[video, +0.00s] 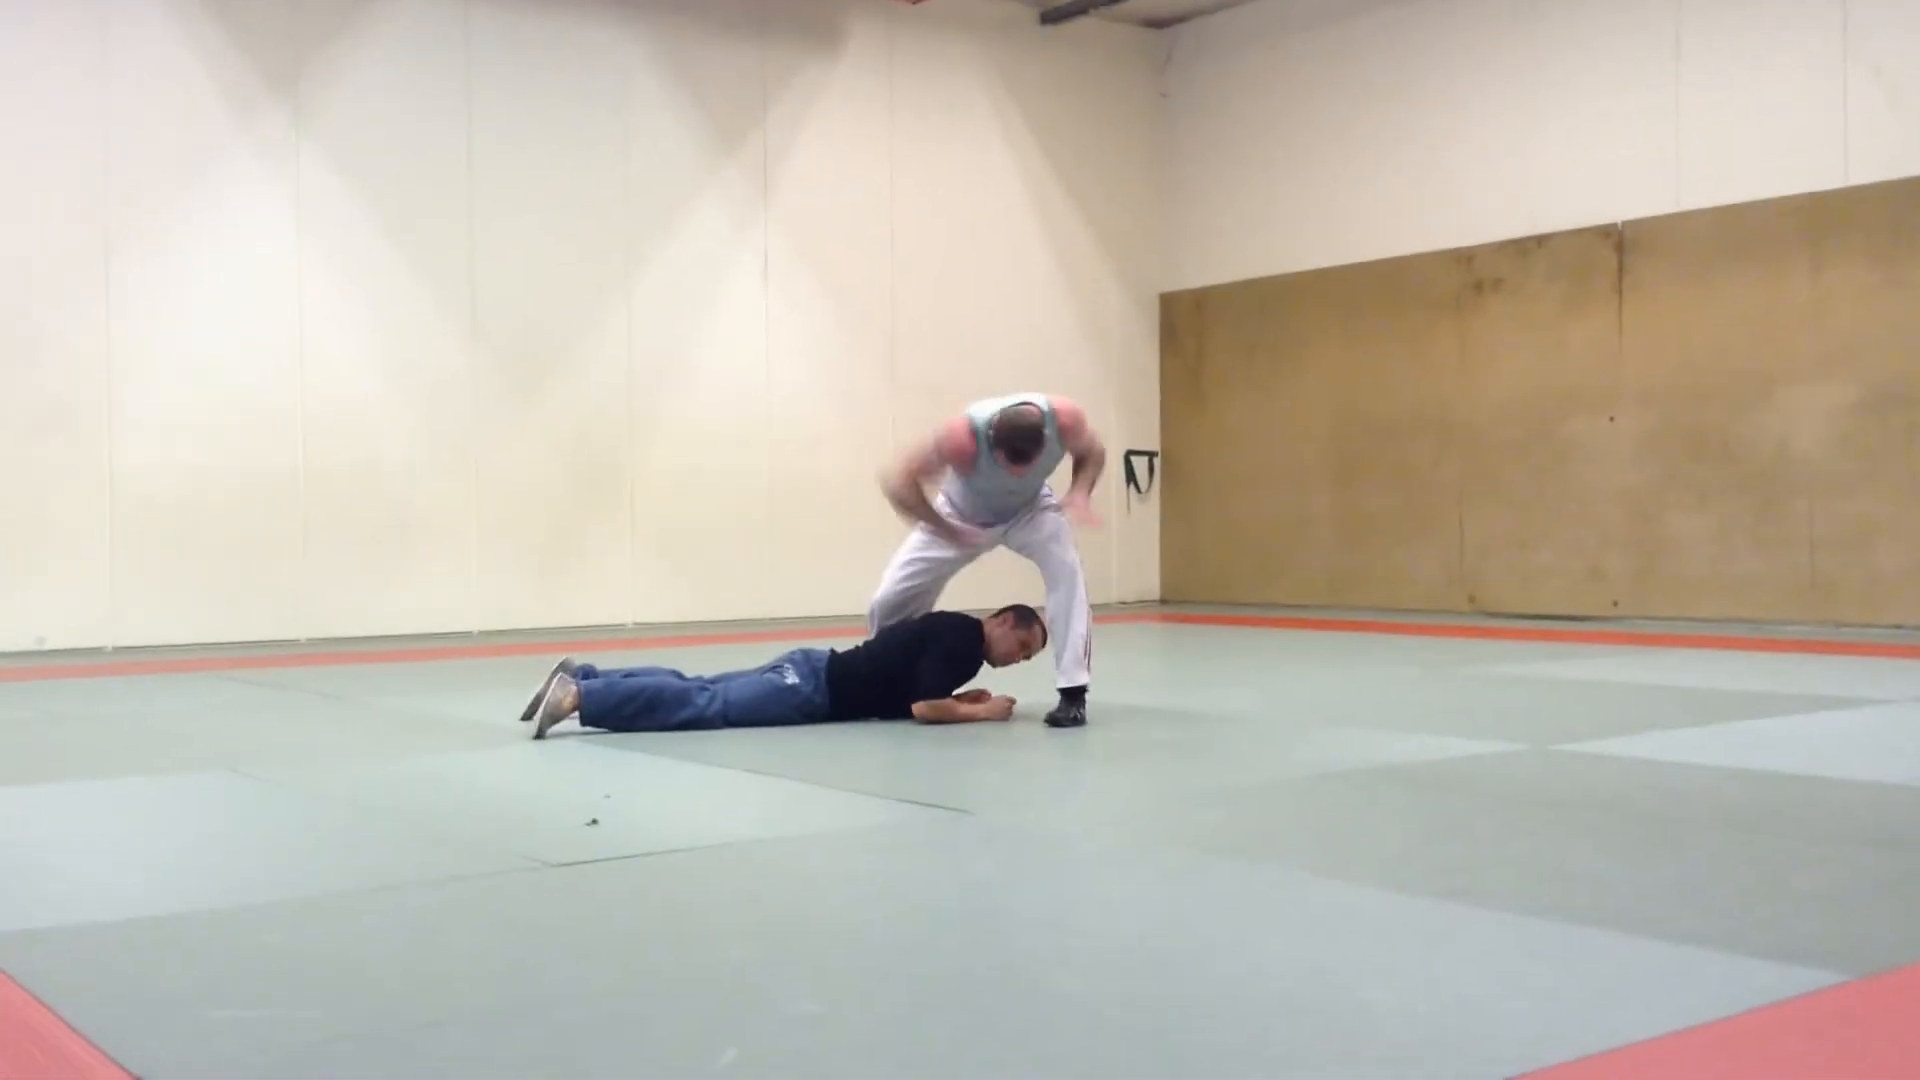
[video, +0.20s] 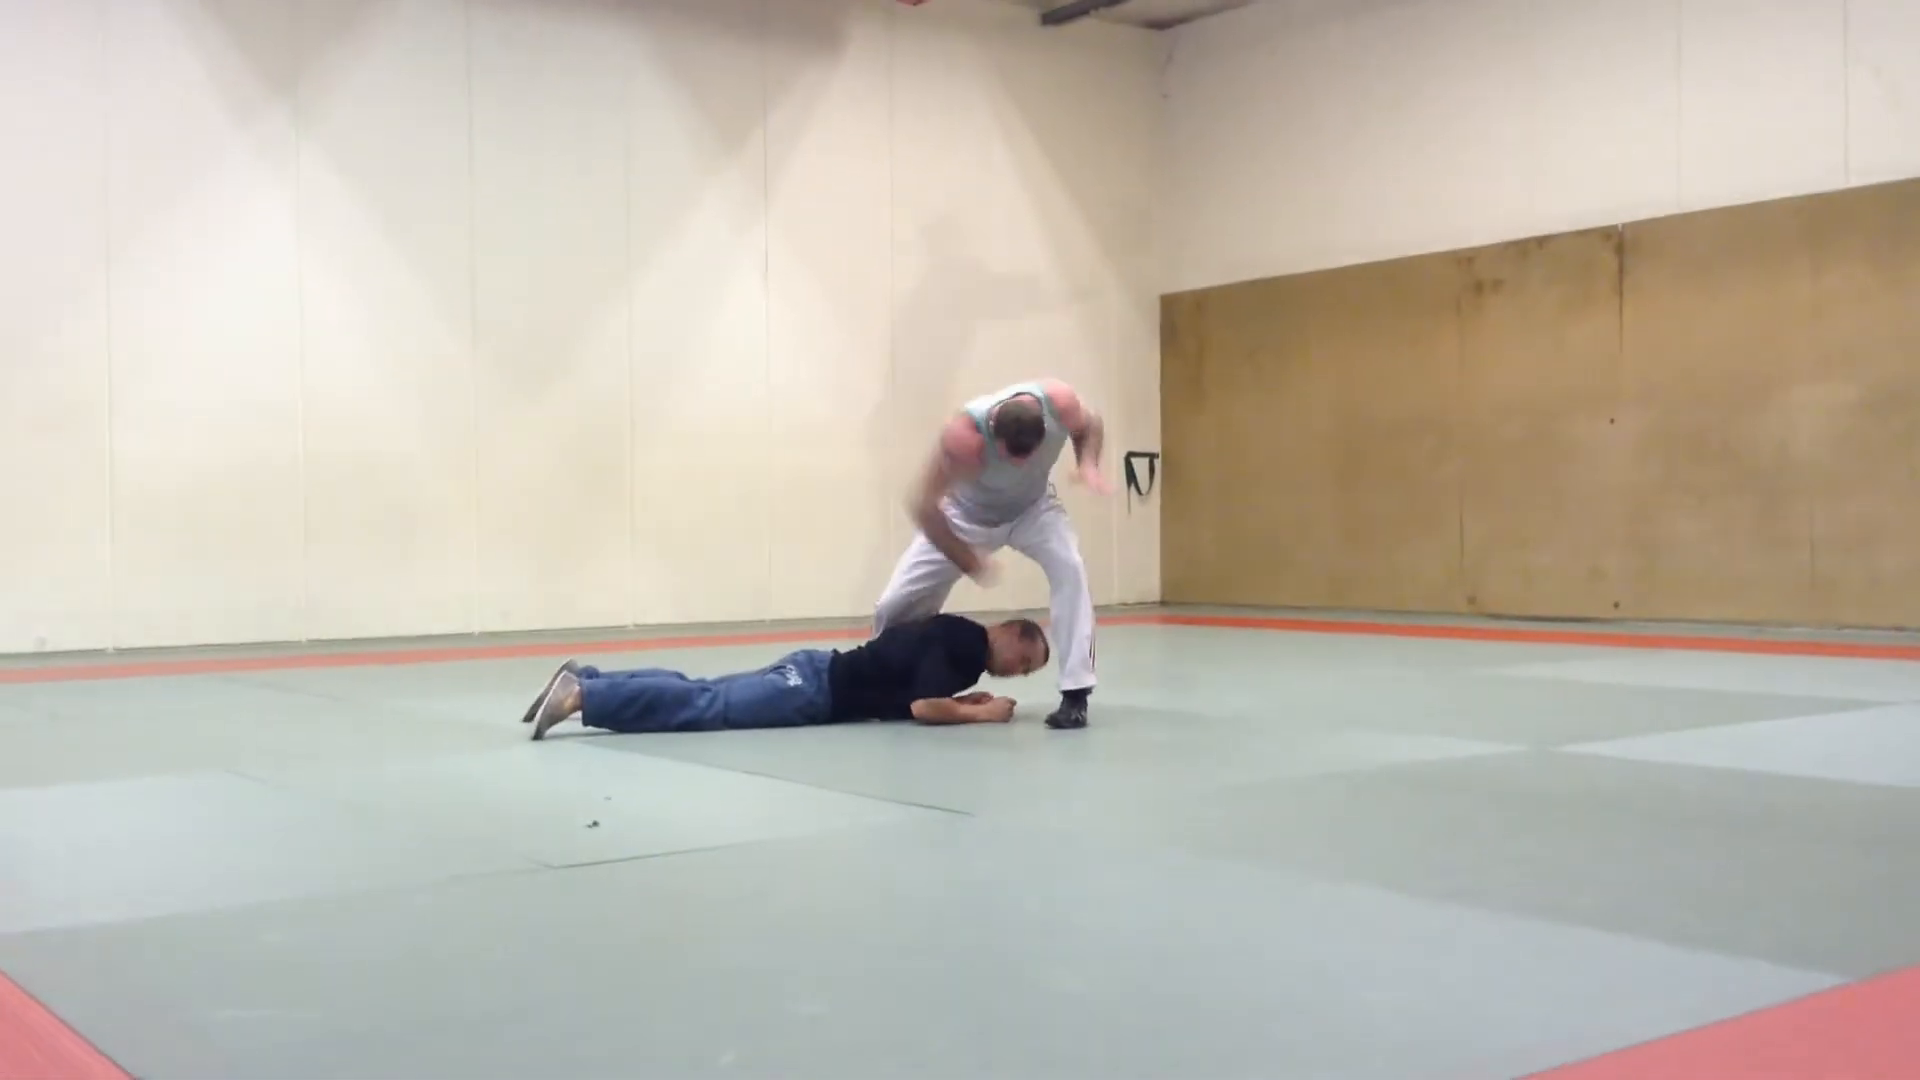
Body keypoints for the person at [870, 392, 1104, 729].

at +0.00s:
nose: (1018, 472)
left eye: (1026, 465)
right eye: (1010, 464)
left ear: (1042, 445)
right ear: (996, 444)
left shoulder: (1065, 421)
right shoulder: (964, 437)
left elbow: (1091, 454)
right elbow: (898, 481)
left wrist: (1078, 495)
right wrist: (950, 532)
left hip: (1029, 513)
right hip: (961, 519)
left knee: (1065, 568)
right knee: (888, 605)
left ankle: (1073, 693)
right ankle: (889, 691)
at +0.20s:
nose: (1020, 461)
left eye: (1028, 454)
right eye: (1013, 454)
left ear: (1041, 436)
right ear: (997, 437)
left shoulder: (1060, 405)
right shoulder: (965, 436)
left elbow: (1089, 428)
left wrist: (1088, 466)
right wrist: (970, 563)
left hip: (1033, 510)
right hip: (966, 516)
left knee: (1069, 568)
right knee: (893, 608)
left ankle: (1075, 694)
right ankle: (884, 691)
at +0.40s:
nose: (991, 453)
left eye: (997, 446)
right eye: (982, 445)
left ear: (1014, 425)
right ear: (968, 418)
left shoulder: (1047, 431)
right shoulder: (956, 389)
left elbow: (1090, 488)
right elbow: (893, 361)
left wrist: (1060, 531)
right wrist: (896, 414)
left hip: (1023, 516)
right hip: (957, 517)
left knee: (1057, 574)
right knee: (888, 601)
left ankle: (1067, 698)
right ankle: (879, 686)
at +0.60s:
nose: (984, 441)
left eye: (991, 434)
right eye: (977, 434)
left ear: (1009, 413)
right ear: (963, 414)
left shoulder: (1042, 423)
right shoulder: (947, 395)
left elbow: (1090, 479)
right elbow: (885, 386)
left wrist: (1056, 523)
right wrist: (891, 434)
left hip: (1021, 517)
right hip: (956, 519)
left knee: (1052, 576)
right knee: (884, 600)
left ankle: (1063, 699)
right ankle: (870, 686)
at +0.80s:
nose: (989, 424)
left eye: (995, 417)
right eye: (981, 417)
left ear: (1015, 393)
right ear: (970, 398)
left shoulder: (1052, 411)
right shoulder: (957, 394)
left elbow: (1103, 469)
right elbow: (899, 408)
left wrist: (1061, 503)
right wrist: (890, 463)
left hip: (1029, 519)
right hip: (966, 523)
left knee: (1058, 576)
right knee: (891, 599)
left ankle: (1059, 697)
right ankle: (867, 680)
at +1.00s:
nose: (1009, 373)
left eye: (1012, 364)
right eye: (1002, 366)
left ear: (1033, 346)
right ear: (999, 355)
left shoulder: (1076, 378)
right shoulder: (1005, 369)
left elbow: (1099, 451)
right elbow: (960, 406)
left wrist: (1040, 498)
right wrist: (977, 450)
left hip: (1066, 499)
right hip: (1008, 493)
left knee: (1056, 577)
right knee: (943, 580)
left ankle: (1054, 697)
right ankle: (922, 680)